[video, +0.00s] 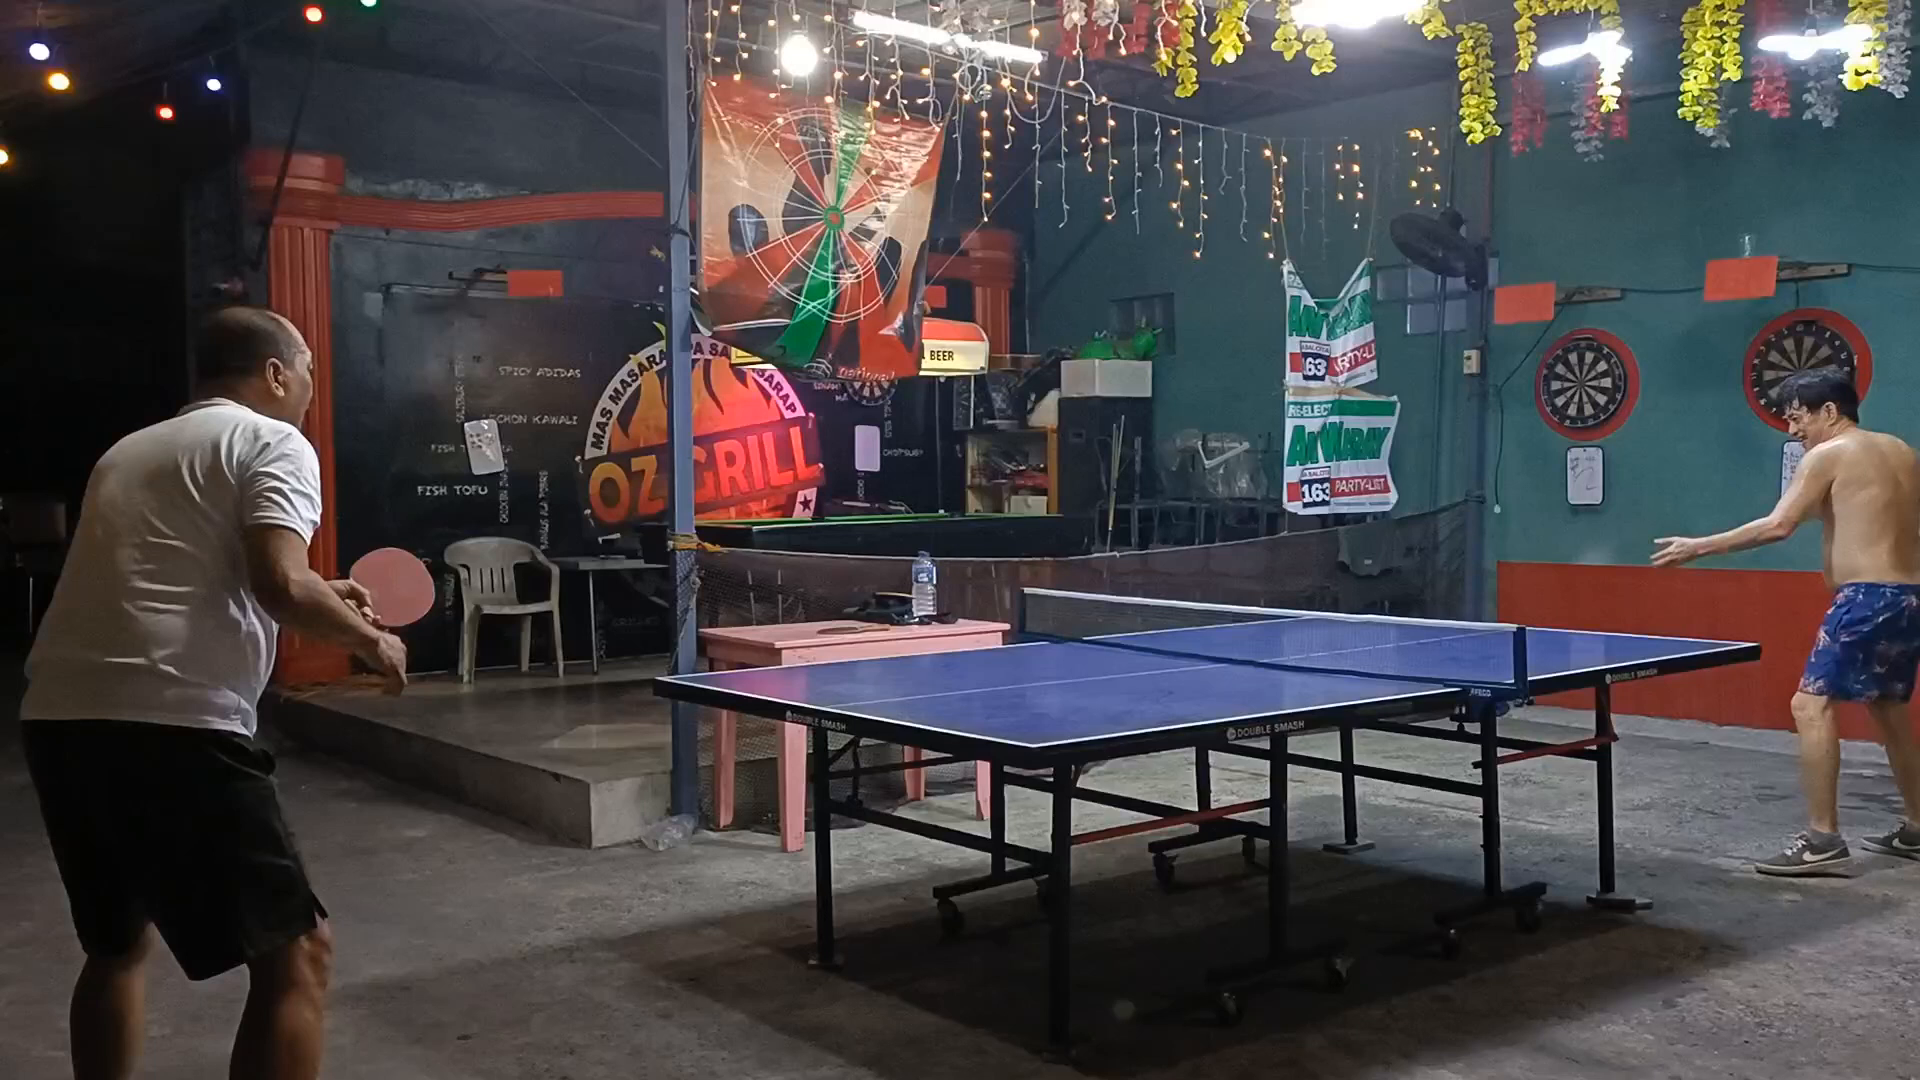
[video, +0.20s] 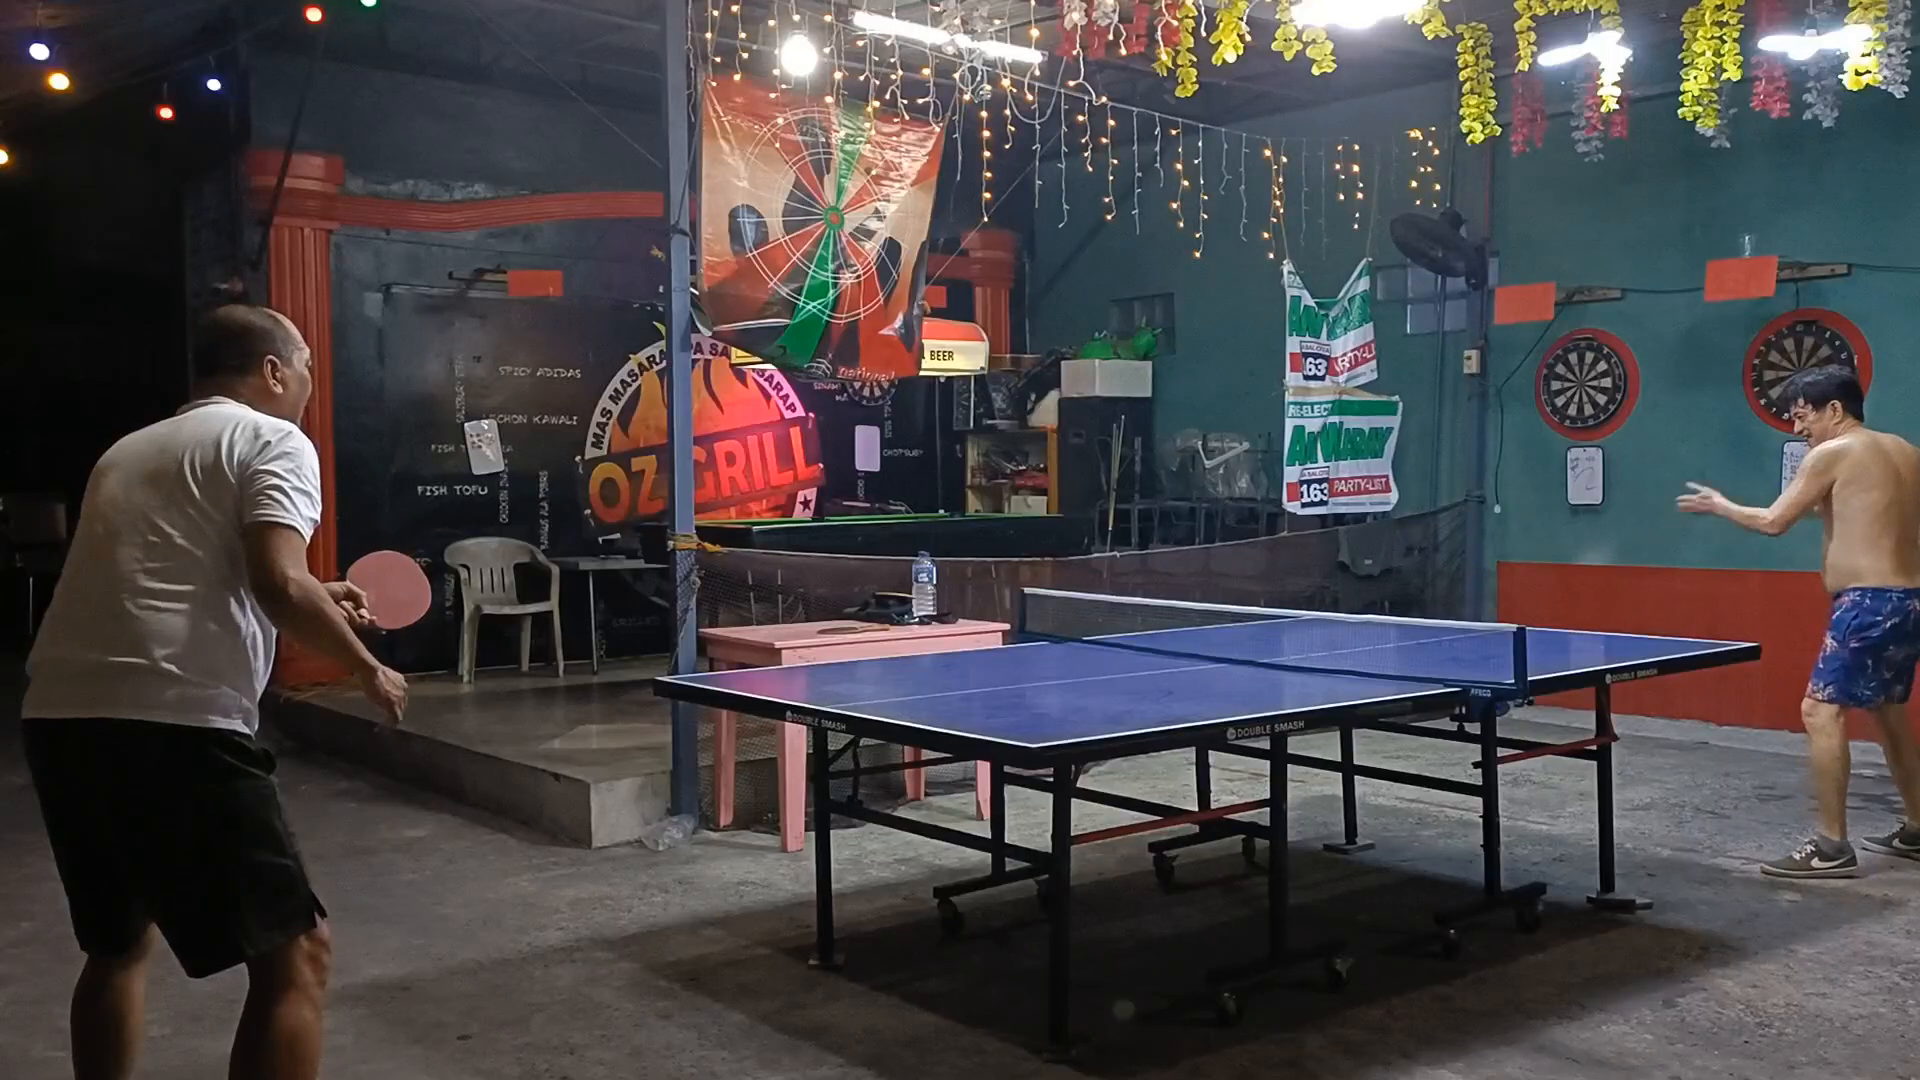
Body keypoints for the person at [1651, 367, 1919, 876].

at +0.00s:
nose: (1795, 429)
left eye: (1799, 417)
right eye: (1792, 419)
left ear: (1830, 411)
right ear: (1843, 413)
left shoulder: (1827, 455)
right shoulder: (1902, 450)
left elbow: (1778, 526)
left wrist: (1700, 545)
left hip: (1865, 600)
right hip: (1911, 600)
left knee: (1811, 707)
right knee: (1890, 710)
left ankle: (1822, 837)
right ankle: (1914, 826)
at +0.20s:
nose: (1801, 430)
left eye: (1803, 417)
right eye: (1797, 420)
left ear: (1834, 409)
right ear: (1849, 410)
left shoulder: (1831, 453)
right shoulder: (1906, 450)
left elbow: (1773, 522)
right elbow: (1894, 515)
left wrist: (1720, 505)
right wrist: (1827, 499)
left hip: (1866, 605)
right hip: (1911, 602)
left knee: (1821, 713)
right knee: (1890, 709)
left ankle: (1831, 843)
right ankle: (1917, 826)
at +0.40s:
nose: (1802, 427)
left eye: (1809, 415)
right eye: (1800, 417)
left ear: (1841, 408)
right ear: (1847, 411)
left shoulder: (1853, 452)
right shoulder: (1893, 449)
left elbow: (1805, 522)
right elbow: (1827, 526)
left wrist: (1763, 503)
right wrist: (1768, 504)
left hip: (1865, 604)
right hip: (1895, 601)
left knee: (1820, 712)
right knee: (1885, 707)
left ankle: (1832, 844)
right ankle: (1915, 824)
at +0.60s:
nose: (1807, 421)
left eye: (1814, 409)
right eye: (1805, 411)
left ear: (1849, 405)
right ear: (1834, 410)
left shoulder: (1881, 451)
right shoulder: (1833, 456)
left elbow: (1881, 530)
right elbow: (1769, 480)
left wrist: (1794, 557)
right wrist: (1731, 449)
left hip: (1878, 603)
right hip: (1848, 604)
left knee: (1824, 714)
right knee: (1880, 720)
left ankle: (1833, 845)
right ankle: (1916, 825)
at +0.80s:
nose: (1814, 419)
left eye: (1824, 408)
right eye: (1810, 409)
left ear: (1859, 408)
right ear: (1813, 412)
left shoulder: (1893, 455)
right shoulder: (1829, 463)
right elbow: (1769, 494)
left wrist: (1914, 569)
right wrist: (1727, 464)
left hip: (1879, 604)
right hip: (1842, 606)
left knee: (1828, 713)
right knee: (1875, 719)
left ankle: (1832, 844)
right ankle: (1915, 824)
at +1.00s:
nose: (1819, 417)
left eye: (1829, 406)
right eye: (1814, 408)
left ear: (1864, 407)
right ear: (1812, 411)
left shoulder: (1904, 454)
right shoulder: (1829, 467)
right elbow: (1797, 531)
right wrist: (1743, 551)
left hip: (1903, 602)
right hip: (1858, 607)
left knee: (1872, 713)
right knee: (1867, 716)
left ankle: (1851, 844)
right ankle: (1915, 824)